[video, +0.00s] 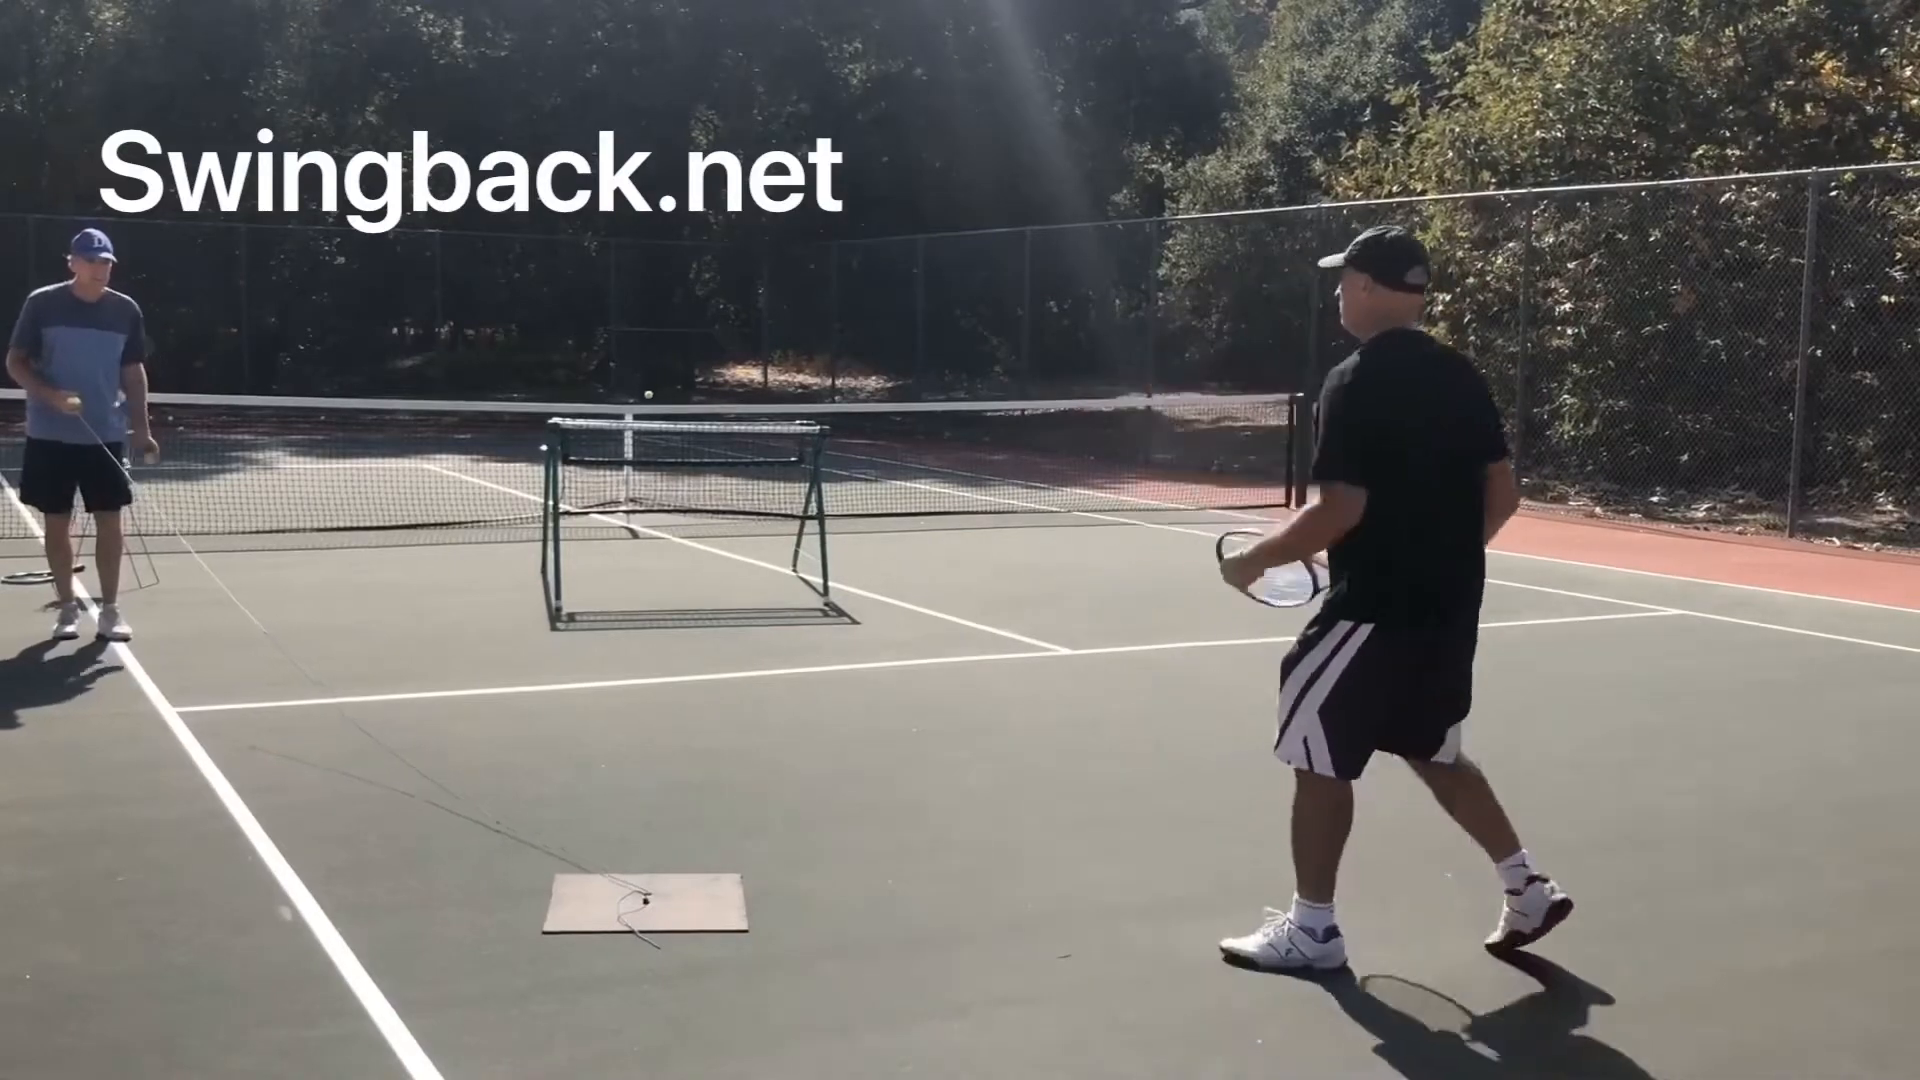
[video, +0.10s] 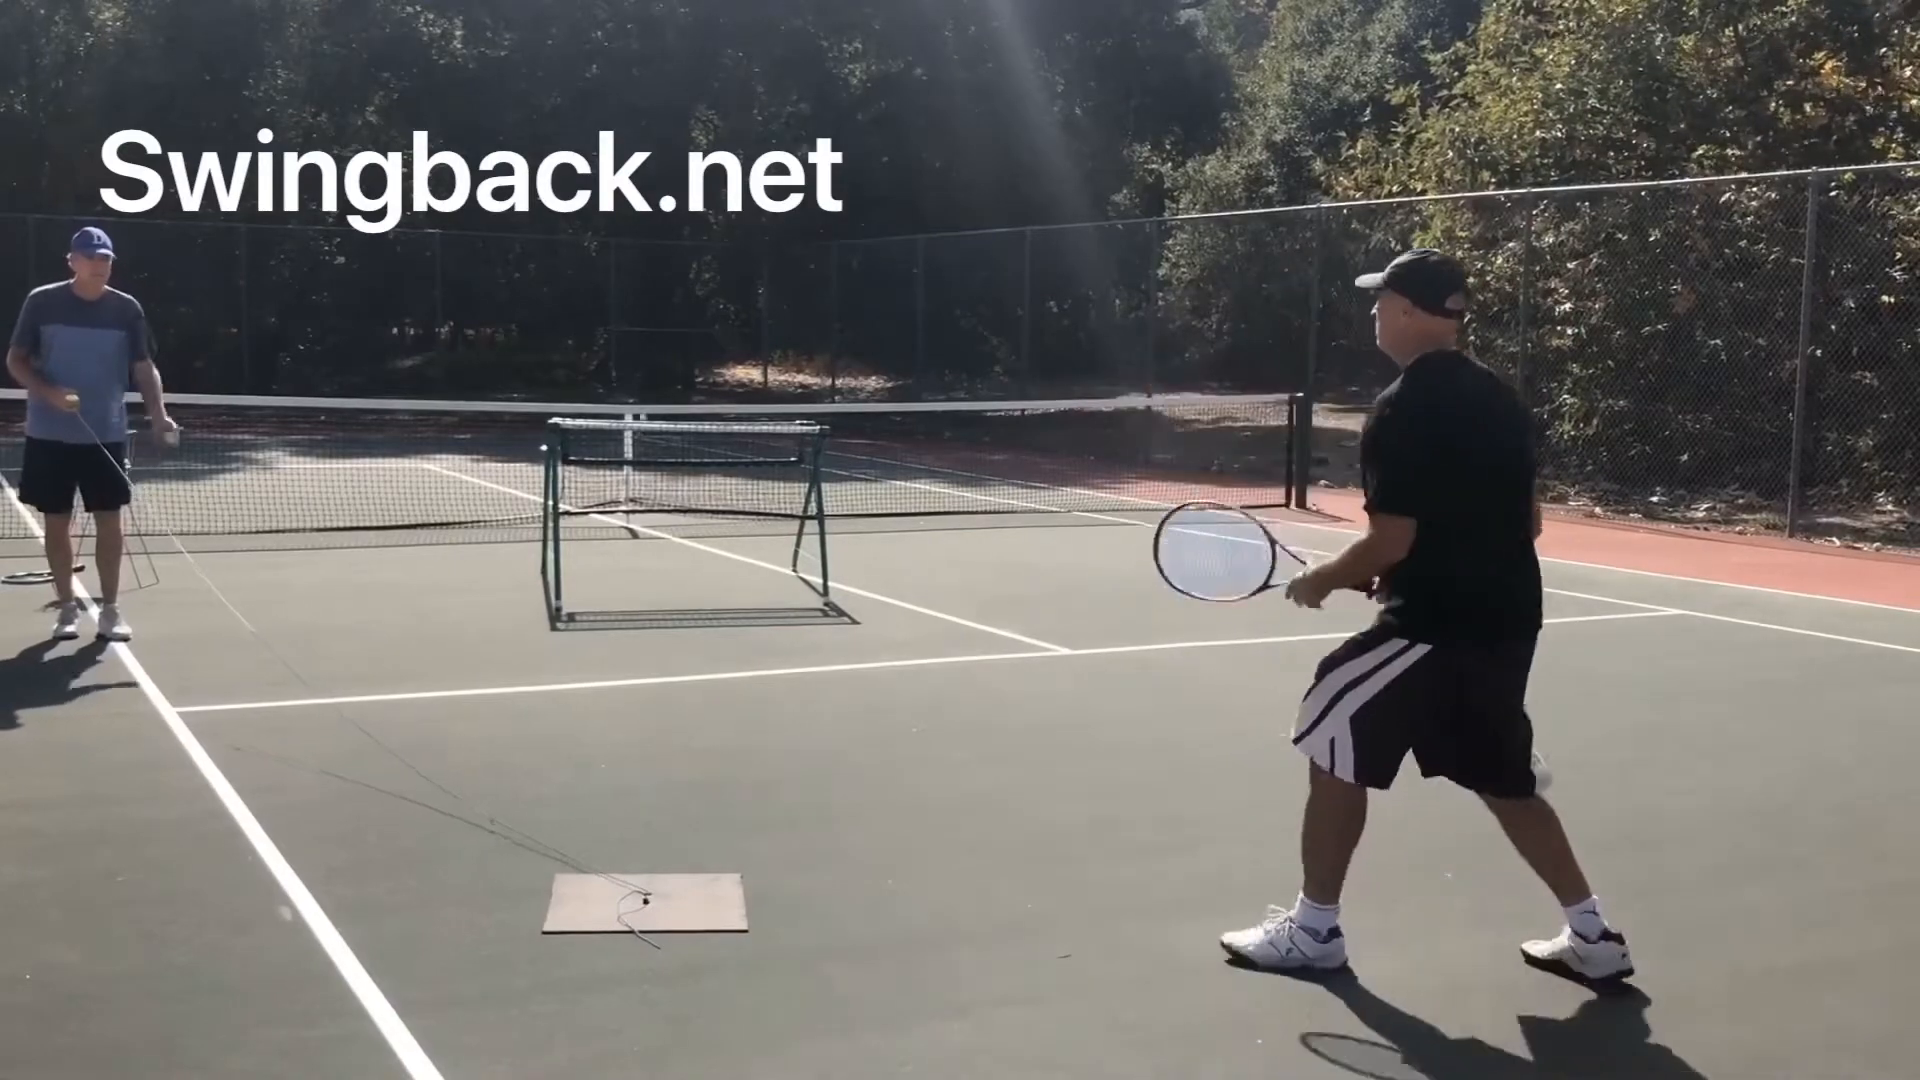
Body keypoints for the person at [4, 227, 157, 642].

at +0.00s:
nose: (101, 271)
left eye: (106, 263)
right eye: (93, 262)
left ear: (113, 266)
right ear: (72, 263)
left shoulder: (126, 311)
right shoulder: (41, 304)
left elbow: (134, 371)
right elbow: (15, 361)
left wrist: (141, 429)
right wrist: (49, 394)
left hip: (105, 438)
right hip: (51, 438)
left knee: (110, 521)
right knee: (56, 523)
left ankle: (110, 609)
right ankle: (68, 605)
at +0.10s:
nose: (99, 267)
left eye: (105, 260)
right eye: (91, 259)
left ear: (111, 264)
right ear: (72, 260)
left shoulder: (127, 308)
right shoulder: (41, 302)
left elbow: (143, 365)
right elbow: (16, 359)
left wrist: (158, 413)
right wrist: (47, 391)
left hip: (106, 438)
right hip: (51, 437)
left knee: (110, 521)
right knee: (57, 523)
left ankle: (109, 610)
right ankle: (67, 607)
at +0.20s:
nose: (101, 261)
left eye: (106, 254)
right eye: (92, 253)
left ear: (112, 259)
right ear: (73, 257)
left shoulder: (129, 306)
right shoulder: (42, 300)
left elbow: (156, 345)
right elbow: (16, 358)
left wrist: (177, 364)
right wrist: (46, 388)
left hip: (107, 436)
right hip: (52, 435)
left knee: (110, 520)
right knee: (58, 520)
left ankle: (110, 609)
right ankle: (68, 606)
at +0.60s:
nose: (93, 256)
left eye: (99, 249)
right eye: (86, 249)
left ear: (107, 255)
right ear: (69, 254)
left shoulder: (126, 299)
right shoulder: (41, 300)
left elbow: (157, 347)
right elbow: (22, 360)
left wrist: (122, 343)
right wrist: (51, 382)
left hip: (113, 430)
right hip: (57, 433)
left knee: (113, 519)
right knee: (60, 521)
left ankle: (111, 610)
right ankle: (68, 607)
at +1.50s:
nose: (87, 265)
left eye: (94, 258)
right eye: (80, 257)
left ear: (103, 260)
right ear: (63, 257)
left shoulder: (120, 302)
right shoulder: (36, 303)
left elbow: (135, 360)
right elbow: (17, 365)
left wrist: (138, 404)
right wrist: (59, 392)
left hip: (108, 433)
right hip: (54, 436)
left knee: (111, 518)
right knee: (59, 520)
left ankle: (110, 609)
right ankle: (68, 608)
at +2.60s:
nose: (103, 263)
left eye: (109, 256)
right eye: (95, 256)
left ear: (117, 260)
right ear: (79, 258)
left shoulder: (135, 304)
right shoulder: (49, 301)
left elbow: (158, 348)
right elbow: (23, 357)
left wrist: (169, 369)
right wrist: (54, 393)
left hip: (112, 435)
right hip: (58, 435)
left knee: (114, 520)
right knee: (60, 520)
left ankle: (110, 609)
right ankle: (68, 607)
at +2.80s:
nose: (108, 248)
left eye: (115, 241)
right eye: (101, 240)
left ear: (123, 249)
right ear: (84, 247)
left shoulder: (135, 288)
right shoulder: (55, 292)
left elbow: (154, 305)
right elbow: (29, 351)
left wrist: (168, 304)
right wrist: (55, 384)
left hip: (113, 423)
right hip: (60, 424)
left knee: (115, 513)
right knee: (60, 513)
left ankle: (113, 608)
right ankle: (65, 605)